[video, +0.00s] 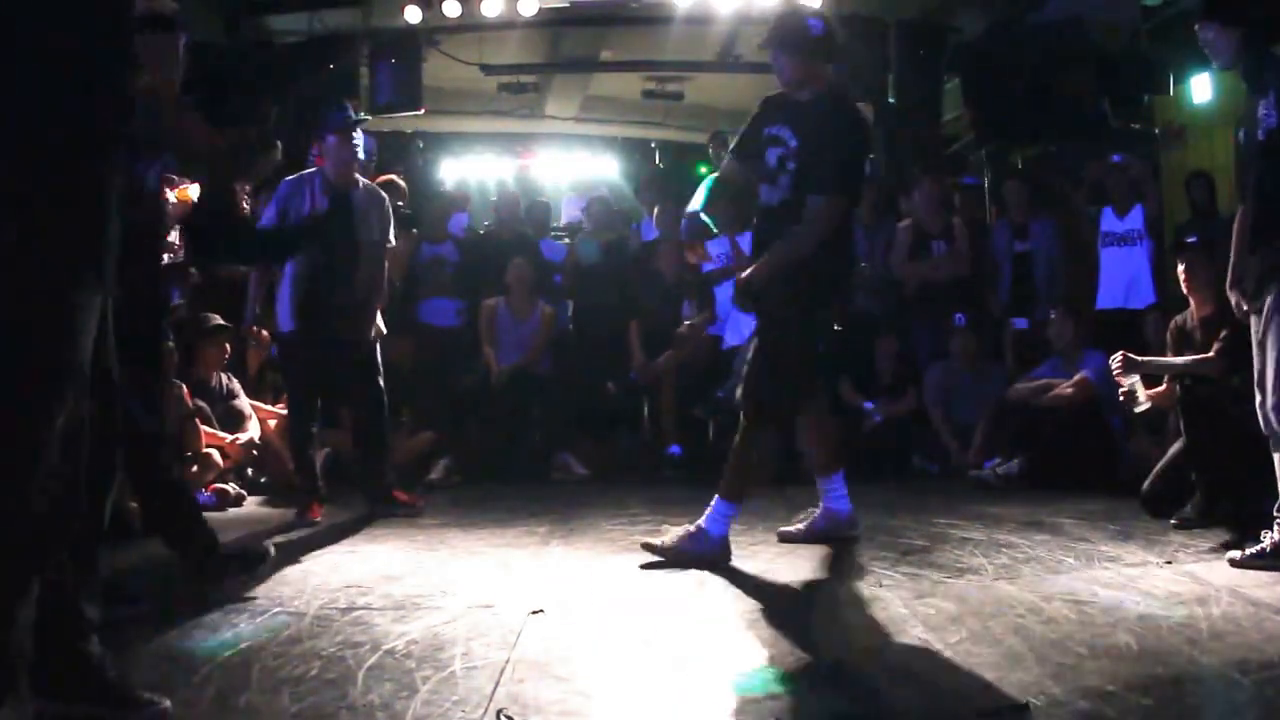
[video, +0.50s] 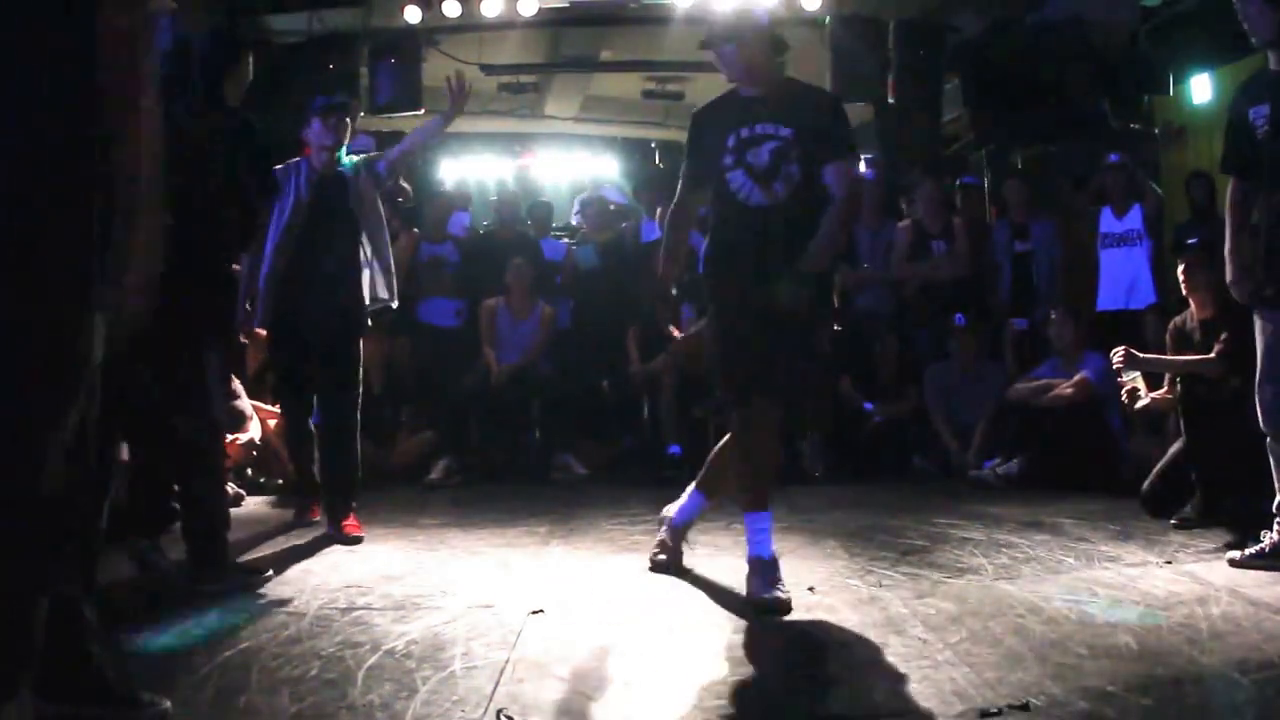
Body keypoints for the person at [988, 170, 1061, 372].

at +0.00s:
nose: (1015, 200)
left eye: (1019, 194)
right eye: (1010, 195)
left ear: (1027, 196)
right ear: (1004, 199)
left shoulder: (1045, 228)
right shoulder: (999, 230)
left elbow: (1054, 265)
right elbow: (995, 268)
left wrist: (1054, 297)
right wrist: (996, 299)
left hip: (1039, 295)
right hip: (1009, 298)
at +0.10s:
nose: (1014, 199)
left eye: (1018, 193)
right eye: (1010, 194)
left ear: (1027, 196)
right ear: (1004, 198)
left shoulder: (1044, 227)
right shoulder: (999, 230)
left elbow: (1054, 264)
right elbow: (996, 268)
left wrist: (1054, 296)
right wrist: (996, 299)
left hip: (1039, 295)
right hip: (1009, 297)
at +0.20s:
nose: (1014, 198)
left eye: (1018, 192)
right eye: (1009, 193)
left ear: (1027, 195)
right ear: (1004, 197)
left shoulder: (1044, 227)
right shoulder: (999, 230)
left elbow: (1054, 263)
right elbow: (996, 267)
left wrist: (1054, 294)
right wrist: (997, 298)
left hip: (1038, 293)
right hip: (1010, 296)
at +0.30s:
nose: (1015, 198)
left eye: (1019, 193)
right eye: (1010, 193)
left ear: (1027, 195)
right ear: (1004, 197)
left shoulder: (1044, 227)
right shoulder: (999, 230)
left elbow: (1054, 264)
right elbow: (996, 268)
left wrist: (1053, 296)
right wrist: (997, 299)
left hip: (1039, 296)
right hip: (1010, 298)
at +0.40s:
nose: (1015, 198)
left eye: (1019, 192)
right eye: (1010, 193)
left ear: (1027, 195)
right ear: (1004, 197)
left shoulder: (1045, 227)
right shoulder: (999, 230)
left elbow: (1053, 264)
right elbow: (997, 268)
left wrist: (1053, 295)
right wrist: (998, 299)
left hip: (1039, 294)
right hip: (1010, 297)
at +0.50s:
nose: (1016, 198)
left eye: (1019, 192)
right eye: (1011, 193)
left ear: (1027, 195)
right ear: (1005, 197)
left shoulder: (1044, 227)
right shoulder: (999, 230)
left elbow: (1052, 262)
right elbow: (996, 265)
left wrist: (1052, 291)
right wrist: (997, 295)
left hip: (1037, 289)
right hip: (1010, 292)